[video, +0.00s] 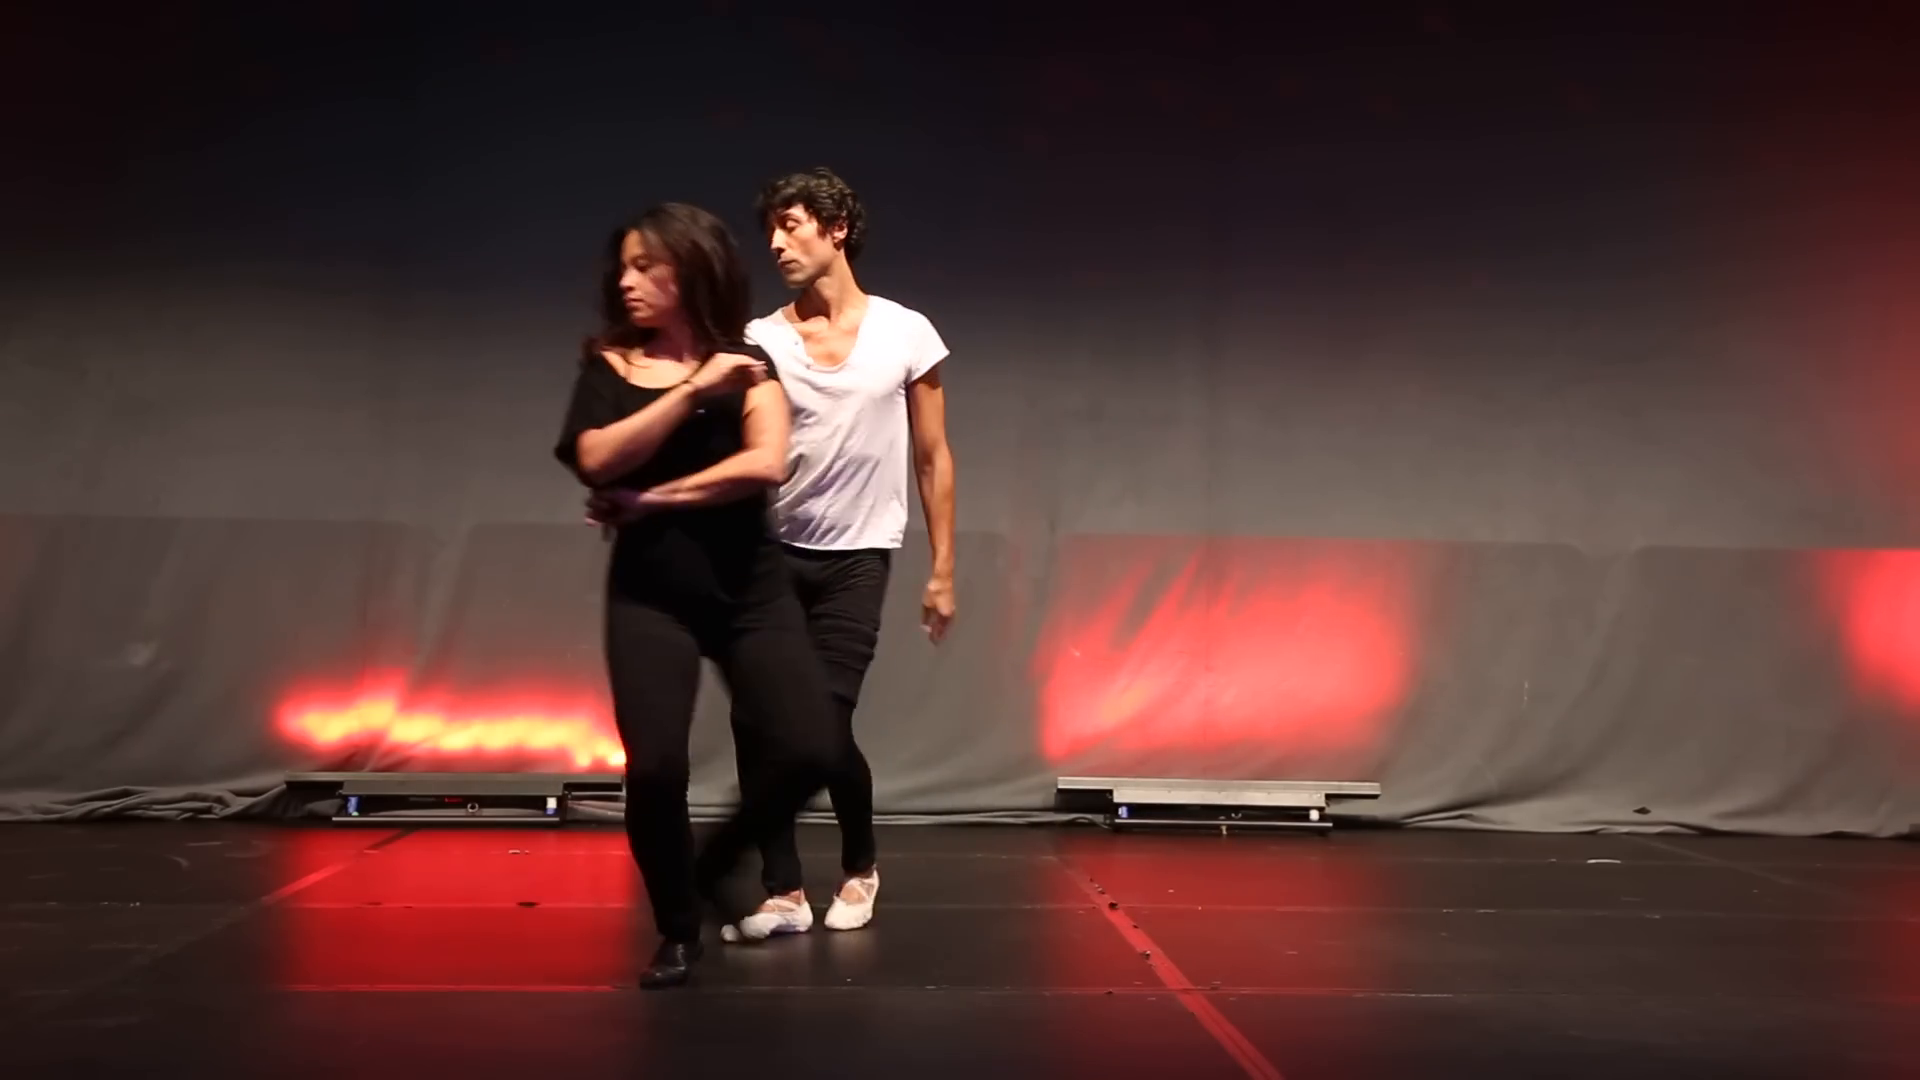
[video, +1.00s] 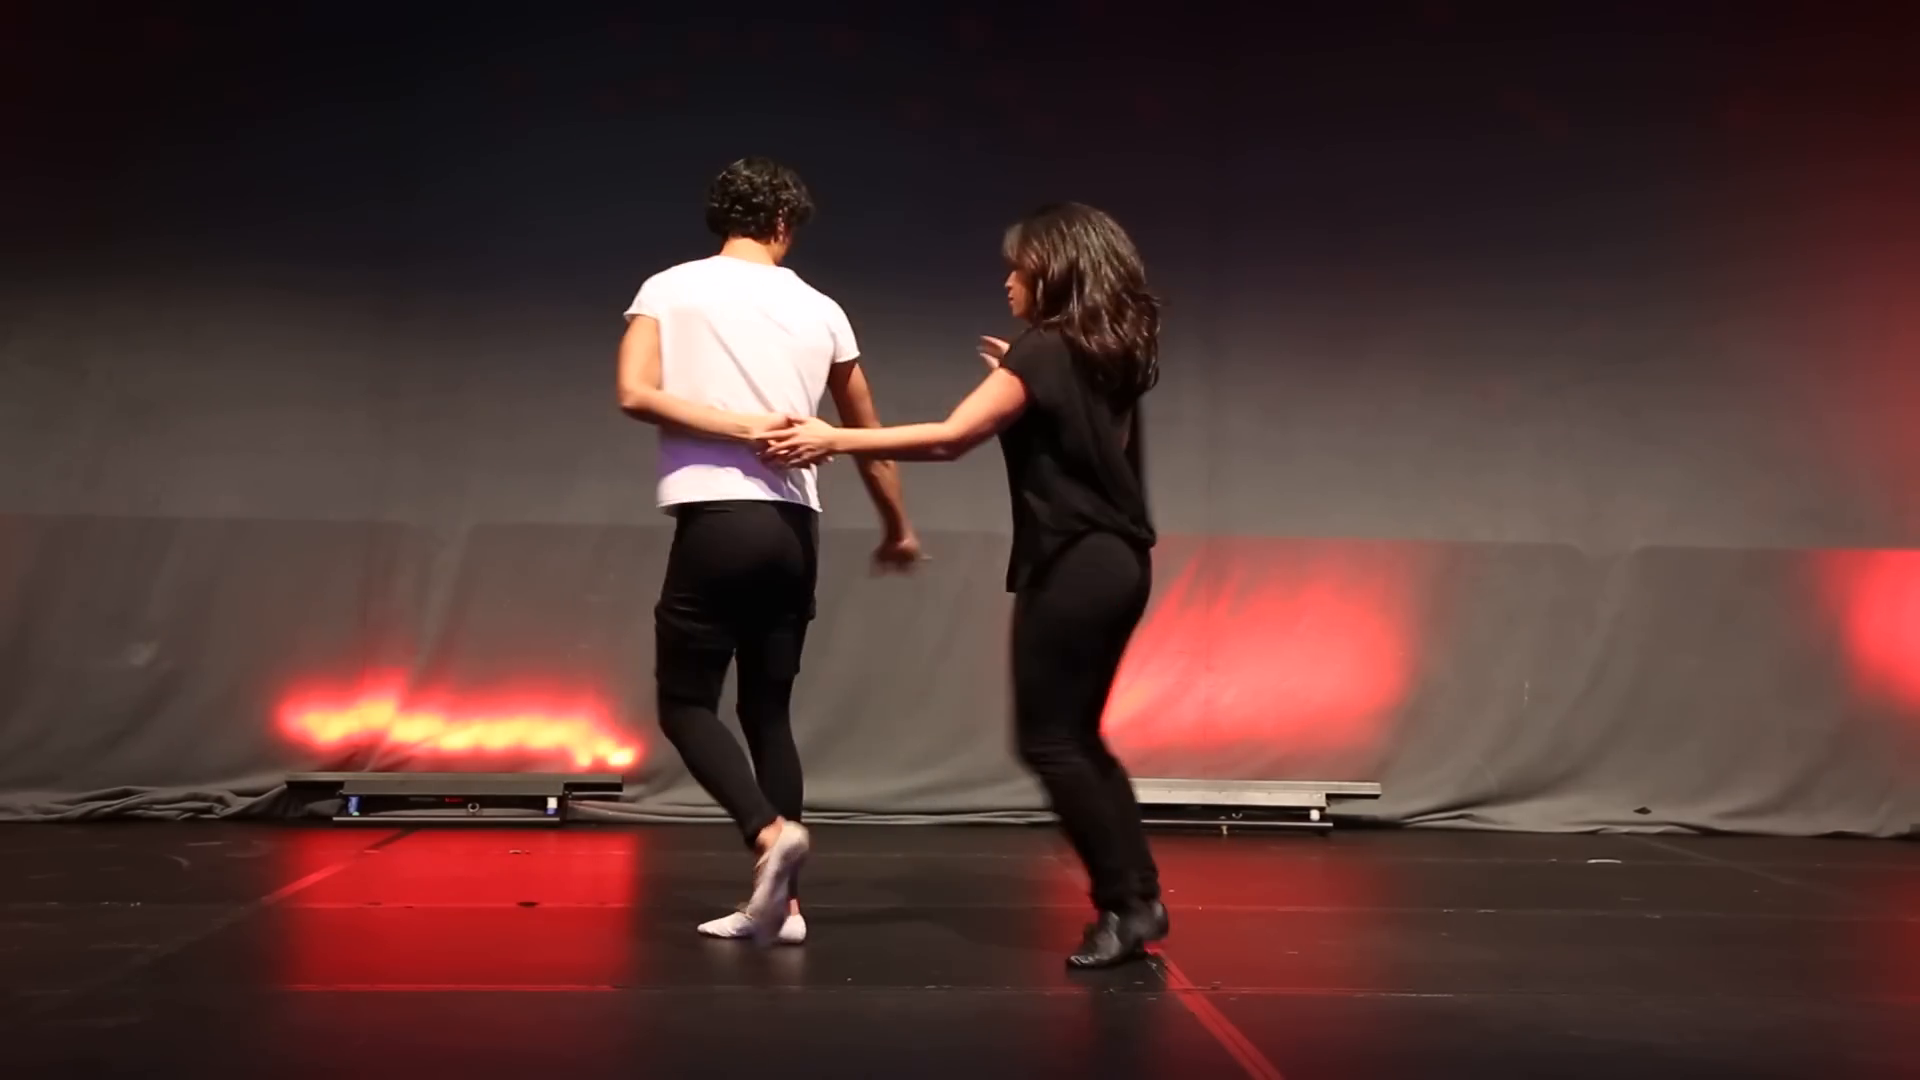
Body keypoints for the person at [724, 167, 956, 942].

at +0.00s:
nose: (778, 244)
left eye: (792, 228)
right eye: (773, 232)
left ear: (839, 232)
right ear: (777, 247)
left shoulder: (905, 332)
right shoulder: (761, 340)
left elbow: (934, 457)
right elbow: (736, 449)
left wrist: (942, 570)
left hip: (857, 560)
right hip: (772, 557)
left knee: (825, 727)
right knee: (761, 724)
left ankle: (859, 869)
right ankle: (783, 891)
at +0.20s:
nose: (776, 255)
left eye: (787, 238)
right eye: (767, 243)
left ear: (820, 237)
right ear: (765, 252)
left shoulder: (886, 332)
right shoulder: (738, 333)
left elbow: (924, 450)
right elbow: (690, 447)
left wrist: (920, 555)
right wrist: (758, 382)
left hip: (854, 556)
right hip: (760, 556)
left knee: (845, 729)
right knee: (711, 718)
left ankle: (850, 881)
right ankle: (753, 867)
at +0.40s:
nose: (727, 245)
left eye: (739, 228)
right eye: (721, 232)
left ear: (787, 225)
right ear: (725, 243)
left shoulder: (848, 315)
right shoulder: (710, 334)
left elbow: (882, 438)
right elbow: (706, 439)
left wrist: (794, 507)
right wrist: (716, 503)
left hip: (843, 555)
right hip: (765, 560)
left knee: (841, 723)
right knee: (722, 717)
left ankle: (854, 878)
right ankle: (781, 889)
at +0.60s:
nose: (703, 242)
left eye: (715, 225)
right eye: (699, 229)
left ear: (760, 222)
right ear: (723, 235)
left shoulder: (805, 302)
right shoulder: (729, 333)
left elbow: (849, 429)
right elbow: (713, 440)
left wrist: (875, 532)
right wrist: (711, 494)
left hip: (794, 538)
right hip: (748, 541)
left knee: (730, 714)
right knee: (724, 718)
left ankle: (847, 820)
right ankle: (782, 897)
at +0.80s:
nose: (704, 242)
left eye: (704, 231)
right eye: (705, 231)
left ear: (720, 228)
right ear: (777, 230)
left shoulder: (714, 286)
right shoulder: (823, 317)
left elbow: (741, 398)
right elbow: (819, 441)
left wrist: (817, 465)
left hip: (739, 534)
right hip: (796, 541)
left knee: (644, 683)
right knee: (742, 711)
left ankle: (788, 785)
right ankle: (779, 899)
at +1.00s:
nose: (795, 241)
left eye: (792, 230)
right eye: (796, 231)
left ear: (719, 223)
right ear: (783, 230)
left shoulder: (668, 288)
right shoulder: (820, 310)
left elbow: (636, 392)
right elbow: (866, 440)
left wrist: (748, 427)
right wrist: (898, 525)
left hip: (711, 529)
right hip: (794, 535)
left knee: (687, 704)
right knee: (769, 711)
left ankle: (768, 831)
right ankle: (784, 906)